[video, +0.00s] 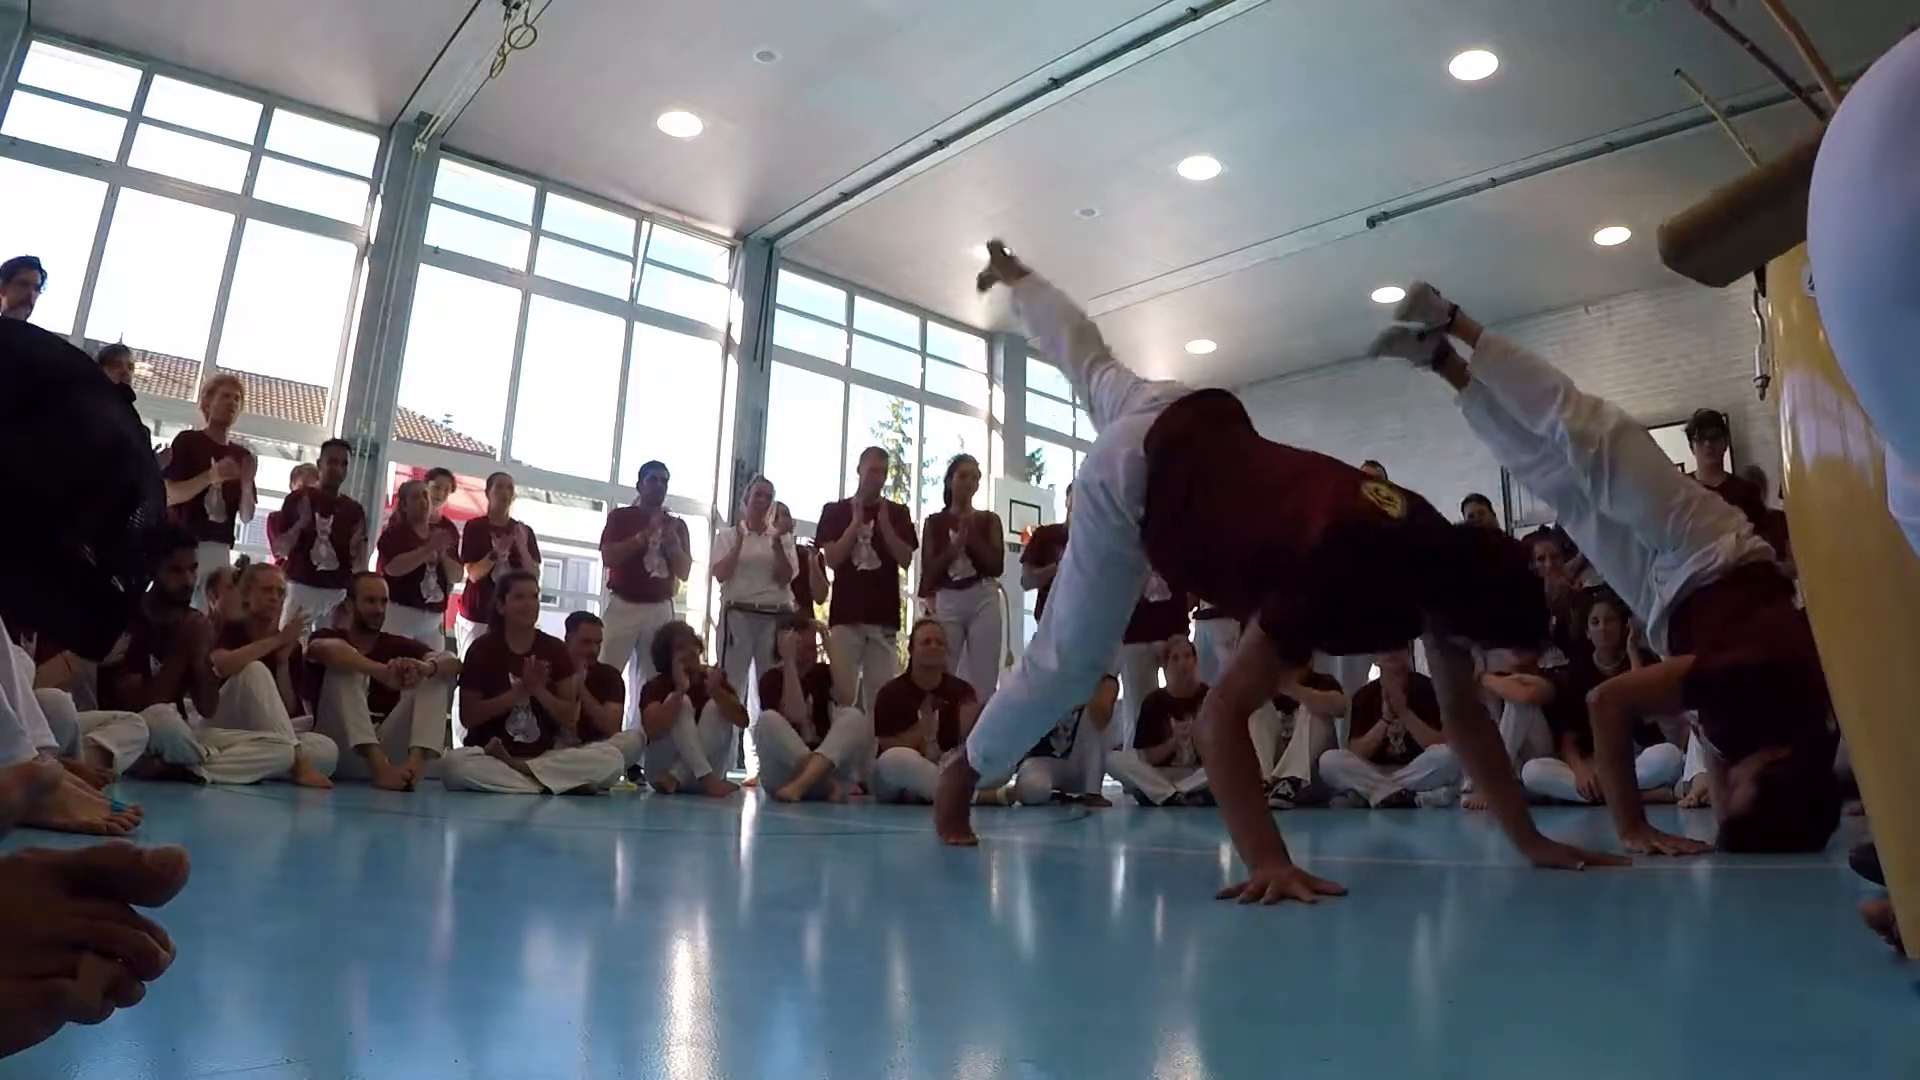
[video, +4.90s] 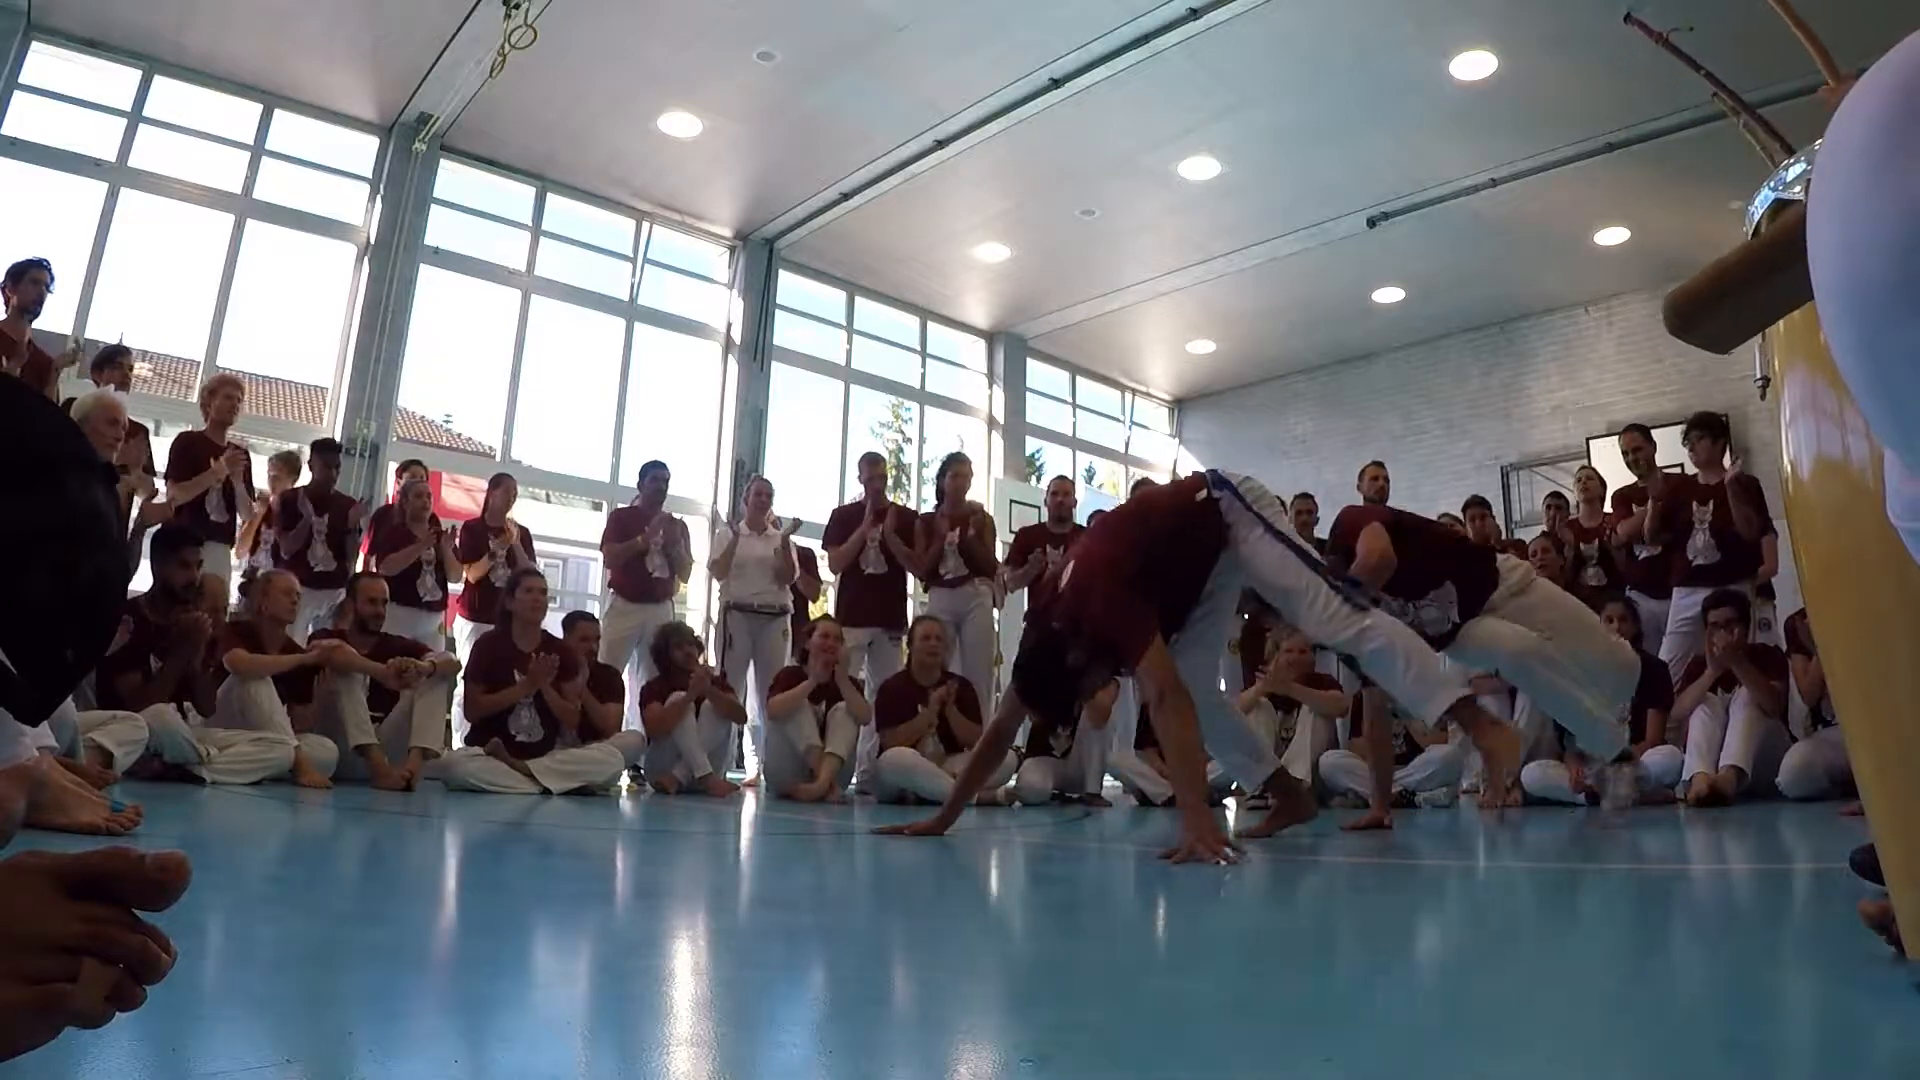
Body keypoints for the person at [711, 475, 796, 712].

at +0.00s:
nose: (762, 500)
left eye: (767, 496)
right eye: (758, 494)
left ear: (772, 502)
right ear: (746, 497)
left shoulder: (783, 537)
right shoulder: (727, 535)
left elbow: (786, 577)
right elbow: (720, 575)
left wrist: (777, 541)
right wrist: (738, 543)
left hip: (774, 617)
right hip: (737, 615)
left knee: (771, 689)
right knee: (731, 686)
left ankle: (771, 744)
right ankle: (728, 744)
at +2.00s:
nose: (763, 501)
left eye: (767, 497)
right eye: (758, 496)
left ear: (774, 502)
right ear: (745, 499)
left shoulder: (782, 539)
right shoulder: (728, 536)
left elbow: (790, 575)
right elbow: (717, 573)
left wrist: (770, 544)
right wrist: (752, 546)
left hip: (771, 620)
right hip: (735, 619)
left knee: (771, 696)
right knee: (730, 692)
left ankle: (767, 765)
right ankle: (723, 765)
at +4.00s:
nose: (759, 500)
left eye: (764, 496)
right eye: (755, 494)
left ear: (772, 502)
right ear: (744, 499)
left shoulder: (779, 538)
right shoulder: (726, 535)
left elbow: (786, 576)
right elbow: (717, 573)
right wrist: (747, 554)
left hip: (774, 618)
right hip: (736, 615)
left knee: (771, 694)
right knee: (729, 690)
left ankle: (768, 765)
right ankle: (723, 764)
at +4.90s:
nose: (761, 499)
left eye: (766, 495)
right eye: (756, 494)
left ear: (772, 501)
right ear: (745, 498)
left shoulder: (781, 537)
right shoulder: (729, 532)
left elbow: (789, 578)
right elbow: (717, 573)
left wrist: (784, 542)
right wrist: (735, 538)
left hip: (775, 617)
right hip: (736, 615)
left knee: (772, 694)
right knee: (729, 691)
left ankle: (769, 764)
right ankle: (724, 764)